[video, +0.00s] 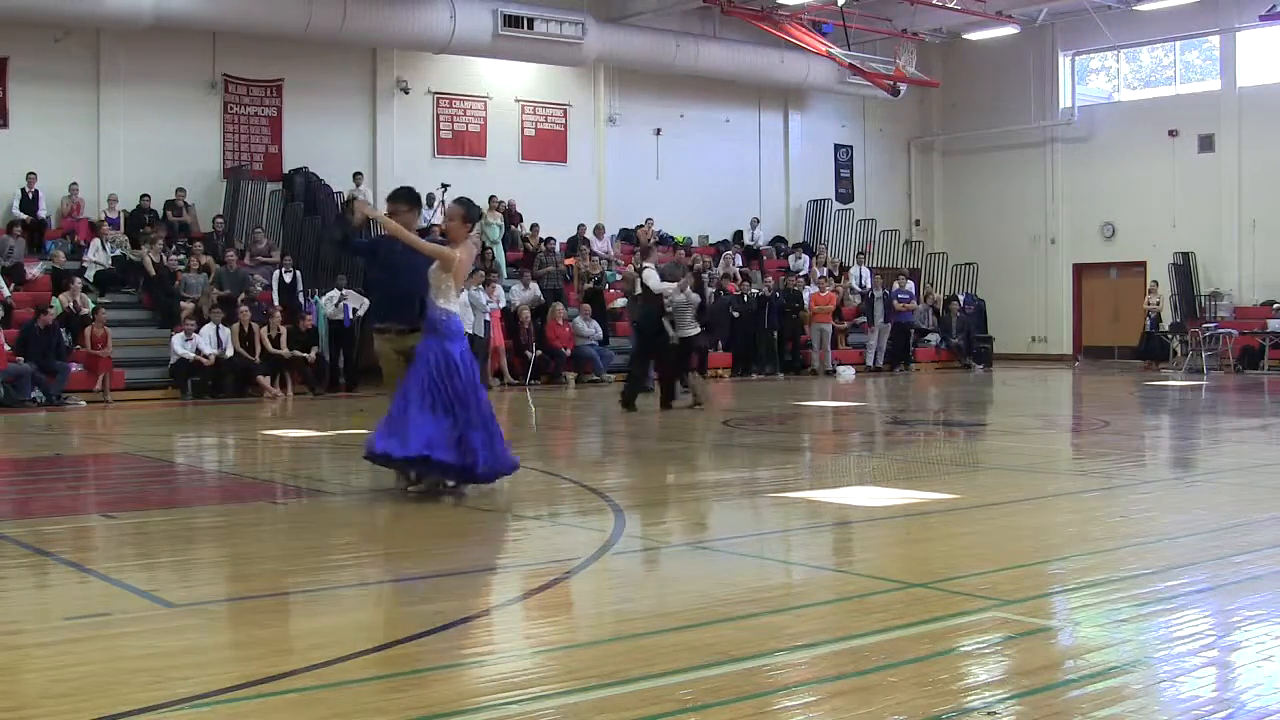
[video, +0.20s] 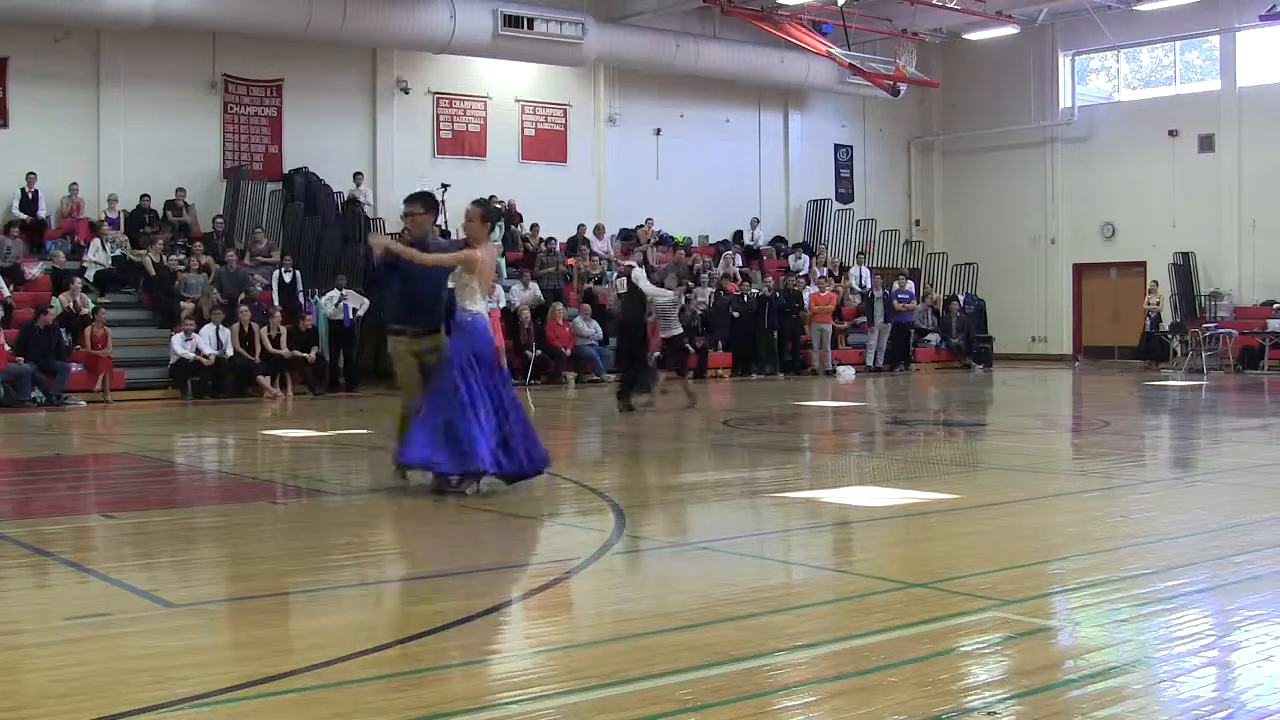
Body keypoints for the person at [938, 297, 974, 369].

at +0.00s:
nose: (955, 307)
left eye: (956, 305)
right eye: (953, 305)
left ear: (959, 307)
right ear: (949, 307)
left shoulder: (963, 318)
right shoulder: (944, 318)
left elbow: (965, 331)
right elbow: (943, 332)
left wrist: (958, 338)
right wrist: (950, 339)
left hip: (959, 338)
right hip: (949, 338)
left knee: (961, 344)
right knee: (953, 346)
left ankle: (964, 361)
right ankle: (964, 361)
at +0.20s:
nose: (955, 307)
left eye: (956, 305)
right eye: (953, 305)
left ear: (959, 307)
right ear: (949, 307)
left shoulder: (963, 318)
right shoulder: (944, 318)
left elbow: (965, 331)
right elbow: (943, 332)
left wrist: (958, 338)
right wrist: (950, 339)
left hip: (959, 338)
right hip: (949, 338)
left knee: (961, 344)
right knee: (953, 346)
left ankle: (964, 361)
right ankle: (964, 361)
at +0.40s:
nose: (955, 307)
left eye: (956, 305)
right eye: (953, 305)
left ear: (959, 307)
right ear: (950, 307)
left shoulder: (963, 318)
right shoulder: (944, 318)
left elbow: (964, 331)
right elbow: (943, 332)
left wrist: (958, 338)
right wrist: (950, 339)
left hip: (959, 338)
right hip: (949, 338)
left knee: (961, 344)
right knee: (952, 346)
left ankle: (964, 361)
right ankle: (964, 361)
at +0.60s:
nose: (955, 307)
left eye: (957, 305)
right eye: (953, 305)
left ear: (959, 307)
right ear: (950, 307)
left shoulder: (964, 318)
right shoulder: (945, 318)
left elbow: (965, 331)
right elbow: (943, 332)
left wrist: (958, 338)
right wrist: (950, 339)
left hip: (960, 338)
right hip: (949, 338)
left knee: (962, 344)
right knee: (952, 346)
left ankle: (964, 361)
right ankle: (964, 360)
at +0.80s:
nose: (955, 307)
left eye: (957, 305)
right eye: (953, 305)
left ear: (959, 307)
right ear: (950, 307)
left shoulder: (964, 318)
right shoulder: (945, 318)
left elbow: (965, 331)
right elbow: (943, 332)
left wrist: (958, 338)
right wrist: (950, 339)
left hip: (960, 338)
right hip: (949, 338)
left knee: (962, 344)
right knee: (952, 346)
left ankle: (964, 361)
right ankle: (964, 360)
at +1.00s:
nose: (955, 307)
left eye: (957, 305)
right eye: (953, 305)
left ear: (959, 307)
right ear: (949, 306)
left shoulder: (963, 318)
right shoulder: (944, 318)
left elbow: (965, 331)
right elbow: (943, 331)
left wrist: (958, 338)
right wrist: (949, 339)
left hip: (960, 338)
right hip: (949, 338)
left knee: (961, 345)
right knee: (953, 346)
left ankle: (963, 361)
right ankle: (965, 360)